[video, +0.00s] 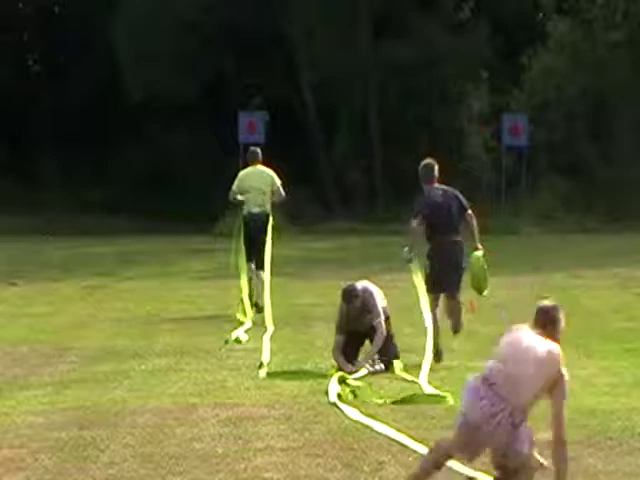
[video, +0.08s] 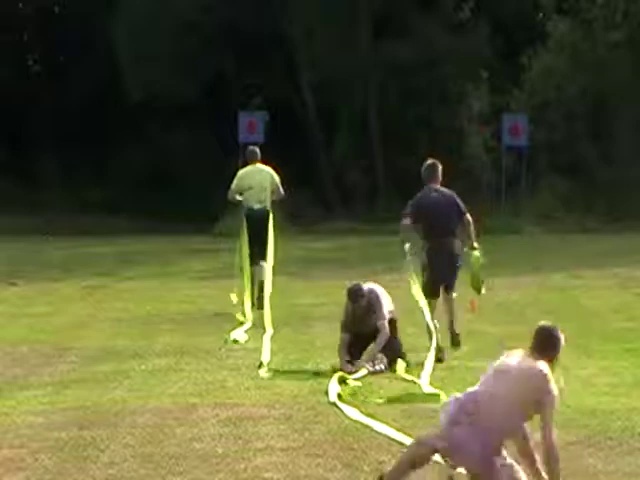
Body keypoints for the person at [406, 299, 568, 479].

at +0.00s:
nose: (561, 331)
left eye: (560, 325)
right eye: (560, 326)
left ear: (535, 322)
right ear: (554, 327)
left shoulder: (515, 333)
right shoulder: (555, 367)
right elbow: (559, 434)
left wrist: (529, 449)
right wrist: (561, 474)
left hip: (478, 396)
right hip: (506, 420)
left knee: (457, 446)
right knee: (517, 470)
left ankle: (417, 475)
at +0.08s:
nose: (559, 355)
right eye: (559, 351)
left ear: (533, 343)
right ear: (556, 354)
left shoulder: (510, 358)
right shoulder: (546, 384)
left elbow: (519, 436)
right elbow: (547, 442)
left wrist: (539, 474)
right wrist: (554, 476)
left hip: (451, 426)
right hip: (478, 449)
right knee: (517, 475)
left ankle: (390, 475)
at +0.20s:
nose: (545, 385)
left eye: (545, 378)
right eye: (546, 379)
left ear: (520, 364)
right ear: (542, 378)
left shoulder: (498, 377)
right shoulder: (525, 400)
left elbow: (509, 449)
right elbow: (539, 453)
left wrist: (531, 477)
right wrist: (551, 478)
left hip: (432, 423)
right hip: (450, 463)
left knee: (420, 455)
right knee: (514, 476)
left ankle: (373, 474)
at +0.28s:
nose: (532, 377)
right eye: (533, 372)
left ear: (506, 360)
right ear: (530, 372)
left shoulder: (487, 375)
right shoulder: (510, 397)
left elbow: (507, 448)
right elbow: (534, 456)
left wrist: (530, 473)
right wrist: (548, 478)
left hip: (420, 435)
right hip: (442, 461)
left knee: (419, 456)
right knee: (509, 475)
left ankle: (375, 474)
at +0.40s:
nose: (525, 358)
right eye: (526, 352)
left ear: (500, 342)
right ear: (524, 353)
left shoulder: (481, 362)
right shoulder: (504, 381)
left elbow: (507, 438)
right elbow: (528, 438)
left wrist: (535, 474)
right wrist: (555, 476)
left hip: (420, 431)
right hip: (441, 452)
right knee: (506, 476)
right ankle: (432, 470)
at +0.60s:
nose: (530, 340)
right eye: (531, 335)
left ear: (503, 328)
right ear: (527, 337)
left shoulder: (480, 346)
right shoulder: (515, 367)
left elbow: (503, 430)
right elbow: (537, 426)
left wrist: (531, 474)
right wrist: (559, 474)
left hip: (426, 412)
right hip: (451, 435)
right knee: (509, 476)